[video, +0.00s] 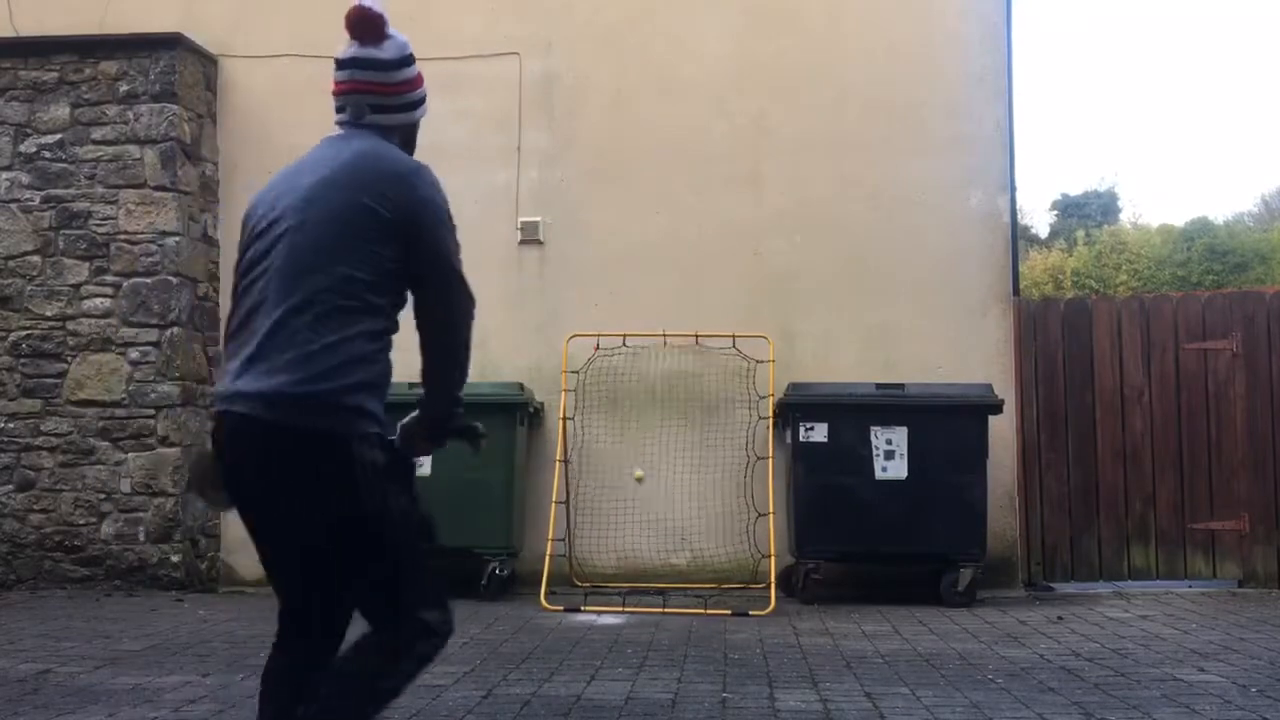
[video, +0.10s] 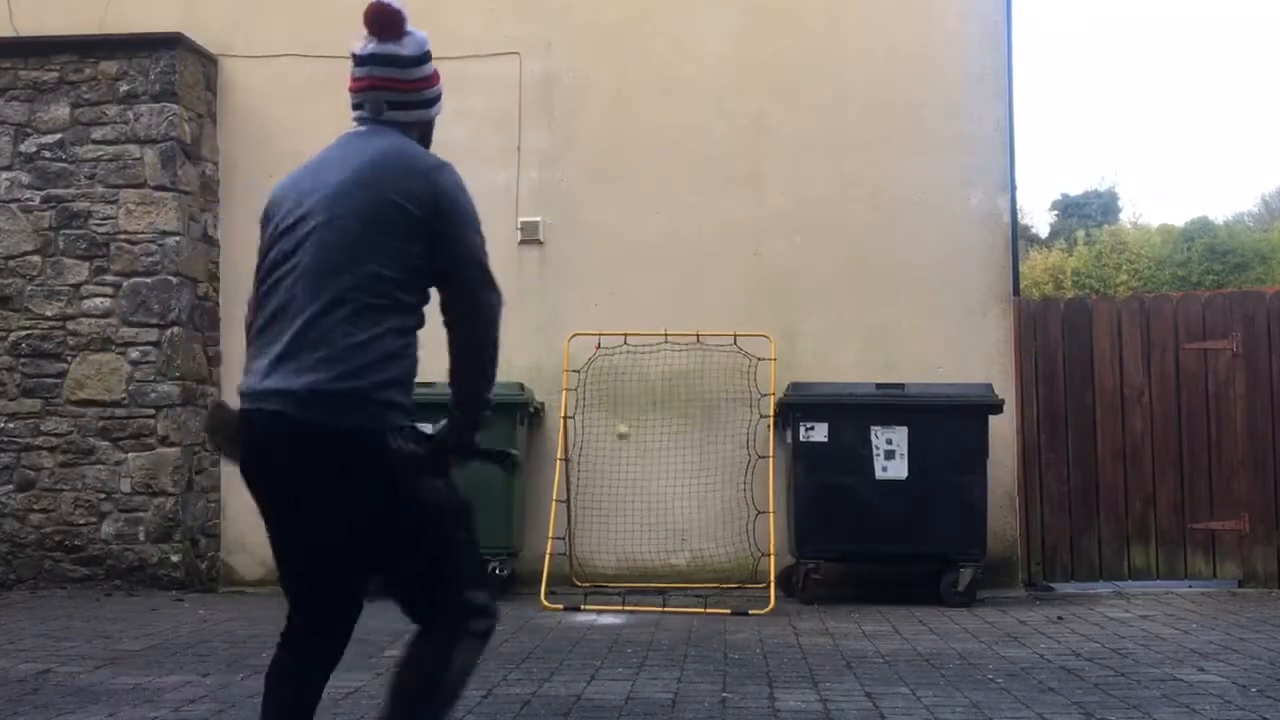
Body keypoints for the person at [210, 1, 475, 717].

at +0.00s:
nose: (418, 129)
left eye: (412, 115)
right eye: (418, 116)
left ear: (341, 108)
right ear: (410, 114)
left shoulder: (275, 189)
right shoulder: (407, 182)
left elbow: (243, 324)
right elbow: (447, 308)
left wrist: (229, 431)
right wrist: (435, 417)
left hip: (243, 425)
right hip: (333, 429)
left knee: (311, 612)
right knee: (417, 621)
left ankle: (281, 719)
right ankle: (318, 710)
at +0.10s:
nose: (436, 118)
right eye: (434, 104)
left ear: (356, 102)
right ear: (428, 107)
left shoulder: (293, 184)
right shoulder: (429, 180)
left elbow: (262, 317)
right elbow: (475, 309)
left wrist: (268, 405)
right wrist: (462, 430)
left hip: (265, 423)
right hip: (358, 428)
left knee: (320, 610)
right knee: (461, 611)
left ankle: (279, 712)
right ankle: (406, 715)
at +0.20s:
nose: (478, 104)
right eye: (475, 94)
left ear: (399, 98)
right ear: (471, 102)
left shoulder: (338, 180)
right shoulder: (485, 178)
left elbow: (289, 311)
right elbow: (541, 302)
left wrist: (300, 366)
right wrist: (541, 426)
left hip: (329, 433)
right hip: (437, 436)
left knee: (342, 619)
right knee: (537, 632)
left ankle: (288, 717)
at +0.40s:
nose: (435, 70)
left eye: (436, 61)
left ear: (442, 68)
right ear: (518, 67)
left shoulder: (414, 159)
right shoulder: (586, 155)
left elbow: (355, 302)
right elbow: (642, 290)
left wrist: (335, 269)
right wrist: (642, 404)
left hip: (454, 435)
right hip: (575, 432)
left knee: (423, 622)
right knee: (604, 647)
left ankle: (384, 719)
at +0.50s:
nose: (440, 75)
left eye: (440, 62)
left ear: (446, 63)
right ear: (522, 58)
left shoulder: (435, 140)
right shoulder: (603, 138)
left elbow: (361, 278)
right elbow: (656, 276)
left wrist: (317, 228)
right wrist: (642, 385)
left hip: (493, 414)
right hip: (611, 412)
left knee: (468, 618)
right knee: (613, 633)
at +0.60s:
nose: (454, 81)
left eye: (455, 67)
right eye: (455, 67)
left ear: (468, 63)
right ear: (540, 54)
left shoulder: (478, 134)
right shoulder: (634, 133)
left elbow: (379, 261)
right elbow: (636, 261)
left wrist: (280, 232)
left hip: (562, 396)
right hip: (670, 394)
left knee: (540, 630)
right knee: (645, 627)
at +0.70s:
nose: (470, 83)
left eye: (469, 68)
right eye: (470, 68)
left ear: (482, 68)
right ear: (555, 59)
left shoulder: (498, 145)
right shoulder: (635, 135)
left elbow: (412, 284)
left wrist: (307, 293)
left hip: (593, 405)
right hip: (697, 402)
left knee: (550, 638)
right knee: (650, 627)